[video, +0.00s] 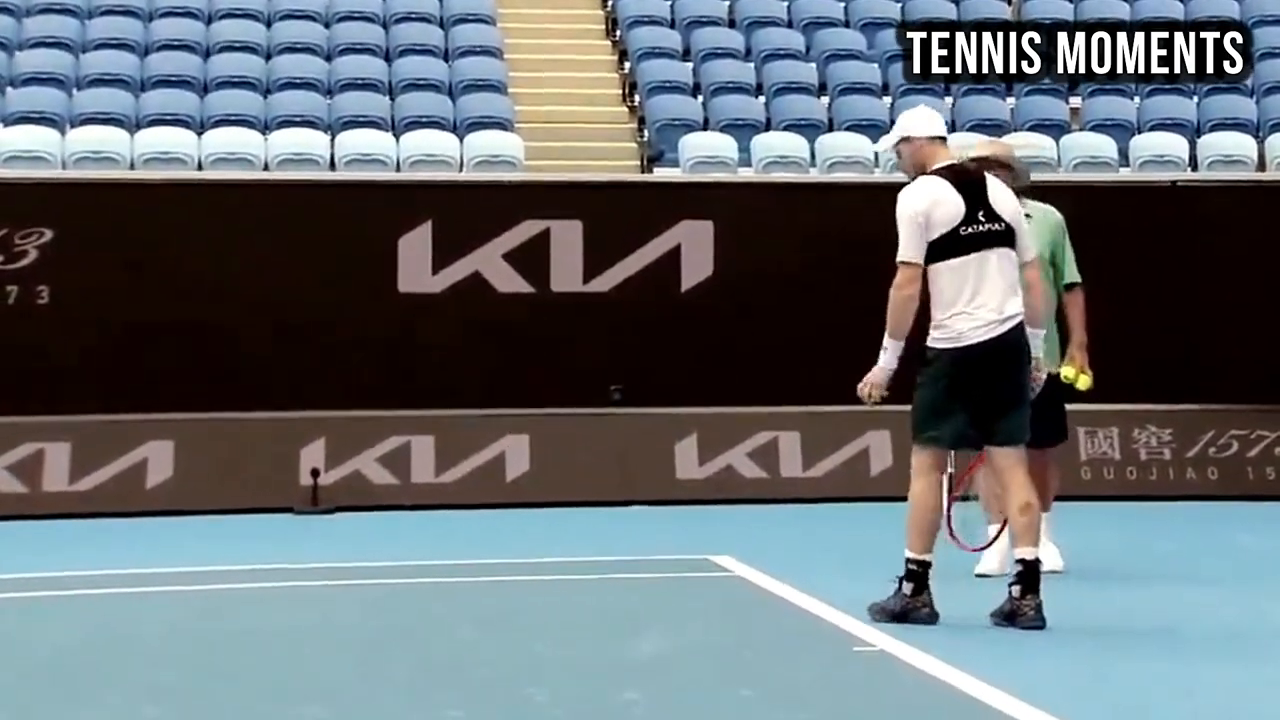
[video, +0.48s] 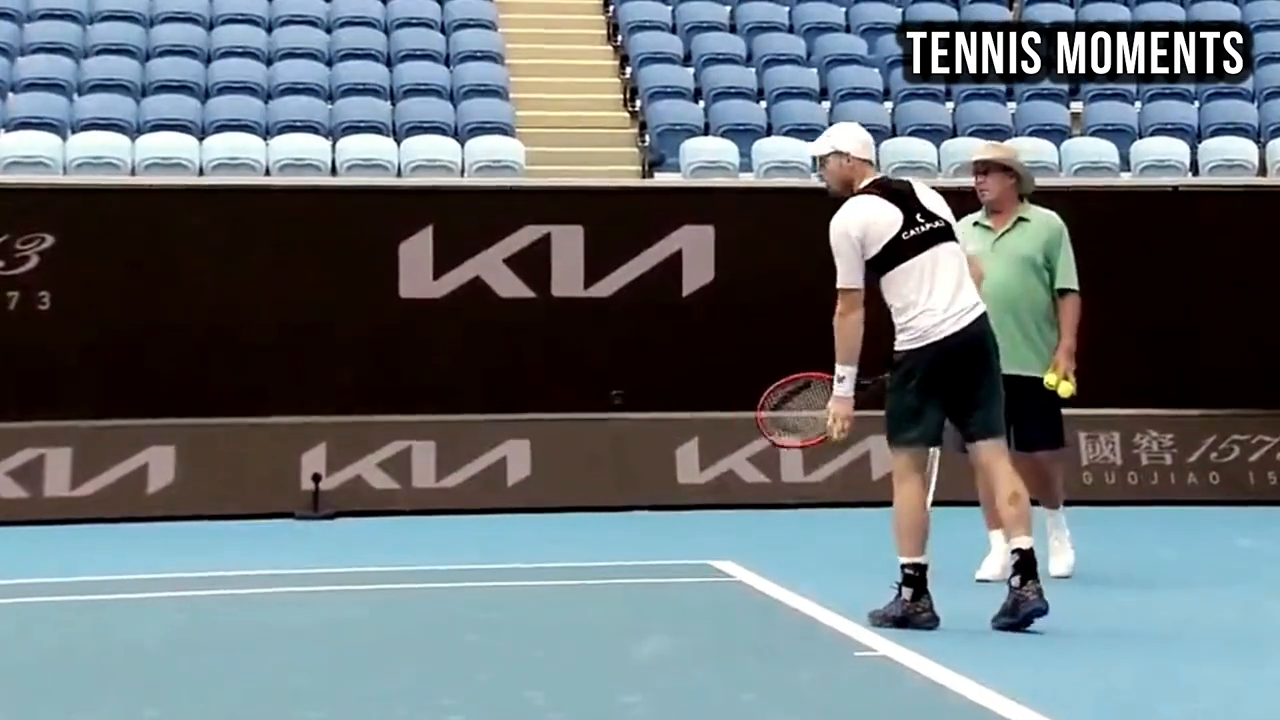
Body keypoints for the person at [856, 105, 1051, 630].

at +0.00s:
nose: (897, 159)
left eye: (899, 149)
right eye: (897, 150)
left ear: (917, 144)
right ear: (940, 140)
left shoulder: (917, 197)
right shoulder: (998, 187)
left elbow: (908, 285)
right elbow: (1034, 272)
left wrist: (885, 362)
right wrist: (1033, 348)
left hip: (952, 353)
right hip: (1009, 349)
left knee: (926, 467)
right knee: (1013, 467)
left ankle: (914, 590)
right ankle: (1027, 595)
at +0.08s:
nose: (881, 162)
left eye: (883, 151)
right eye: (879, 152)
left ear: (905, 146)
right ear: (926, 146)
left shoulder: (902, 202)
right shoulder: (984, 189)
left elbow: (896, 289)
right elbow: (1018, 271)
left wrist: (879, 370)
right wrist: (1015, 342)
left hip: (942, 353)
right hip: (1003, 348)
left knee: (920, 467)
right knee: (1008, 467)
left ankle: (914, 592)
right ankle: (1026, 594)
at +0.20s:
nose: (856, 163)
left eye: (862, 153)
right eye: (856, 154)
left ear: (890, 152)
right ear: (900, 153)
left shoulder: (882, 209)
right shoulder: (962, 192)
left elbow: (880, 299)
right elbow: (1002, 273)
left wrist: (871, 381)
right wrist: (998, 338)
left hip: (931, 356)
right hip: (992, 348)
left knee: (914, 470)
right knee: (1002, 468)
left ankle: (913, 595)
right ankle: (1025, 593)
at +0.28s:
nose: (845, 164)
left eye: (849, 153)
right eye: (844, 154)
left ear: (873, 151)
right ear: (888, 152)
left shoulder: (871, 210)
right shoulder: (951, 188)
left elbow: (871, 299)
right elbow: (992, 269)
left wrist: (866, 384)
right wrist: (990, 334)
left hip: (927, 352)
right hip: (986, 342)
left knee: (911, 469)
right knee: (999, 463)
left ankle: (914, 592)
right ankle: (1025, 586)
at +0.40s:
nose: (829, 169)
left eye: (834, 158)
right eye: (829, 160)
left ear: (859, 157)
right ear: (871, 159)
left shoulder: (857, 216)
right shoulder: (931, 189)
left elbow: (858, 306)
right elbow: (980, 269)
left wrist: (854, 388)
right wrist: (969, 328)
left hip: (922, 352)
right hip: (980, 340)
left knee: (910, 471)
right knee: (994, 461)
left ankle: (914, 594)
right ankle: (1025, 586)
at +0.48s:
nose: (822, 173)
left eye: (825, 163)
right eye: (821, 164)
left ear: (849, 161)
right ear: (867, 160)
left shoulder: (848, 219)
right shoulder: (922, 190)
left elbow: (849, 309)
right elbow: (972, 269)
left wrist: (842, 392)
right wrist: (950, 324)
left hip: (919, 353)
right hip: (975, 337)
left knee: (909, 472)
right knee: (994, 458)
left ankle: (914, 595)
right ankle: (1027, 583)